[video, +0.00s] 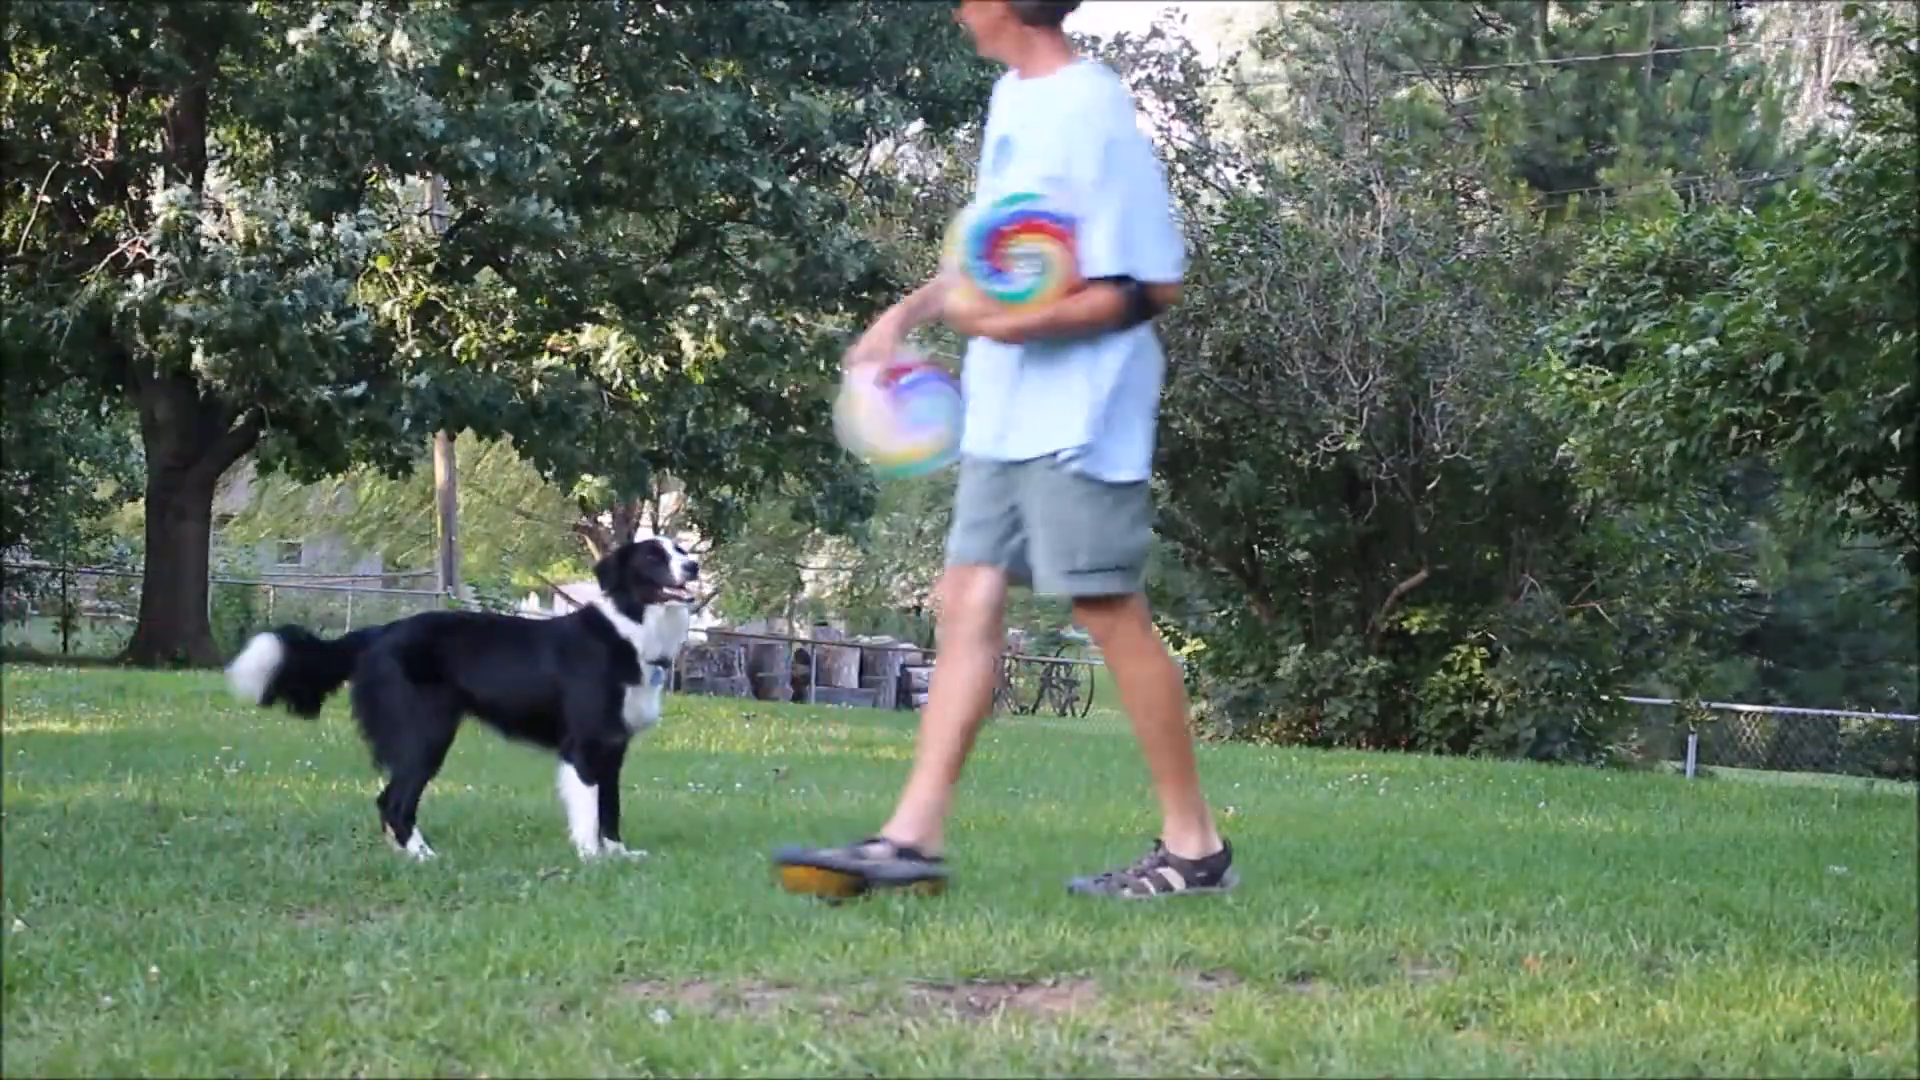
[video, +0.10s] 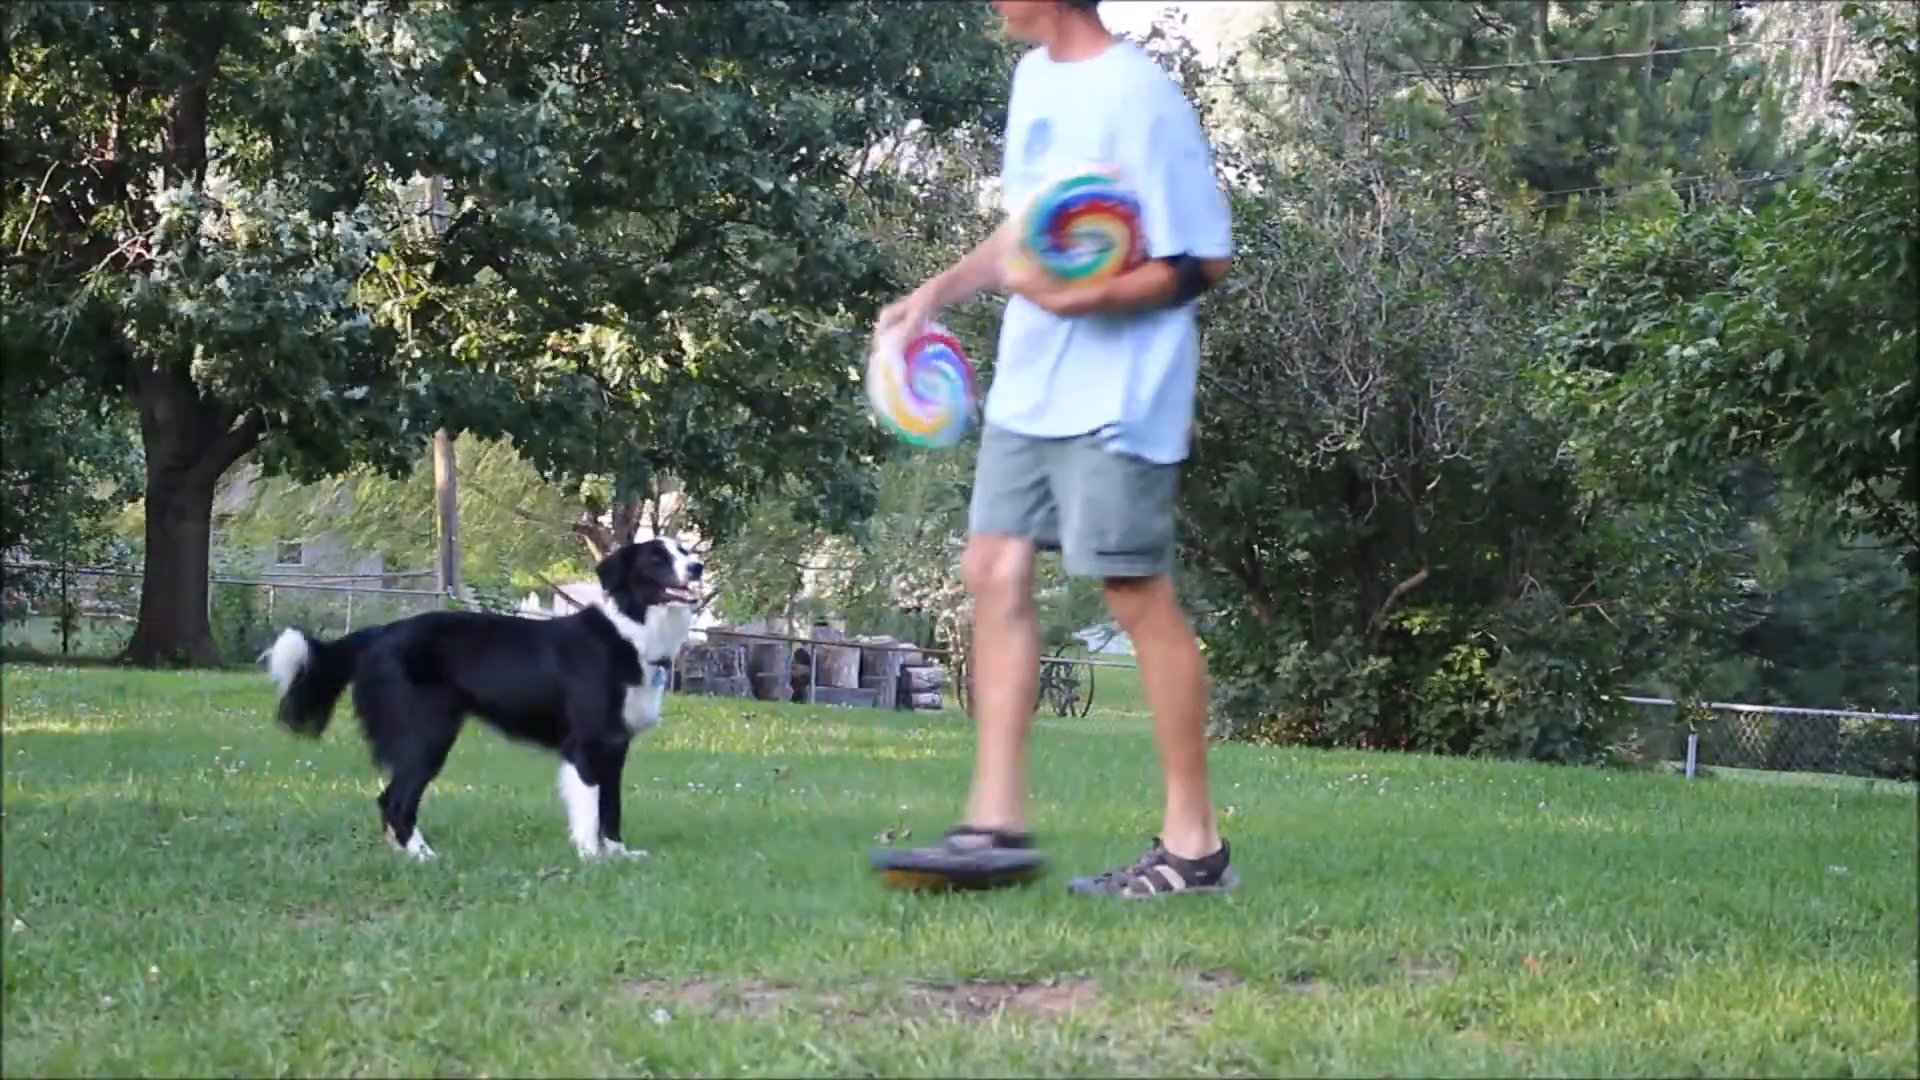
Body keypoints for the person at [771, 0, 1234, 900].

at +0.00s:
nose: (963, 15)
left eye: (971, 2)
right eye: (965, 4)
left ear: (1011, 9)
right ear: (1025, 12)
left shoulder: (1100, 114)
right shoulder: (1009, 104)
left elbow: (1142, 290)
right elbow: (993, 255)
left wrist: (1003, 324)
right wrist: (901, 316)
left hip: (1085, 421)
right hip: (1003, 415)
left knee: (1111, 614)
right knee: (967, 605)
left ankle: (1195, 846)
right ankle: (911, 840)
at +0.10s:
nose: (996, 5)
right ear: (1053, 1)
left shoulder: (1147, 97)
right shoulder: (1032, 80)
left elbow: (1202, 259)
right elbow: (1029, 232)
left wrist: (1076, 293)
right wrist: (934, 294)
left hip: (1123, 397)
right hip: (1027, 388)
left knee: (1138, 593)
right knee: (994, 572)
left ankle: (1194, 844)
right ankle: (997, 825)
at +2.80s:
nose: (1115, 133)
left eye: (1118, 112)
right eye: (1112, 116)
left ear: (1157, 102)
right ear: (1166, 101)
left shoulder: (1237, 174)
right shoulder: (1241, 167)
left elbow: (1331, 288)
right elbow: (1339, 289)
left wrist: (1240, 361)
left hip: (1353, 401)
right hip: (1341, 397)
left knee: (1263, 601)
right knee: (1249, 598)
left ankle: (1336, 844)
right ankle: (1279, 825)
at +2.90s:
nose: (1118, 131)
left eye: (1121, 111)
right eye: (1115, 114)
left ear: (1162, 100)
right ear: (1167, 99)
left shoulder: (1242, 171)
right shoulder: (1227, 175)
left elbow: (1340, 286)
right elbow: (1316, 288)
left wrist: (1246, 362)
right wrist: (1240, 341)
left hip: (1355, 405)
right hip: (1324, 403)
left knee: (1262, 603)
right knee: (1230, 590)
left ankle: (1337, 845)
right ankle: (1282, 819)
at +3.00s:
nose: (1122, 129)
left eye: (1127, 109)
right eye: (1119, 112)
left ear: (1170, 100)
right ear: (1172, 101)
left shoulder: (1252, 170)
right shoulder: (1230, 185)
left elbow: (1354, 288)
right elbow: (1313, 333)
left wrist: (1252, 363)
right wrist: (1241, 433)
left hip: (1355, 415)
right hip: (1324, 416)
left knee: (1259, 605)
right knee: (1229, 599)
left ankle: (1335, 844)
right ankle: (1285, 830)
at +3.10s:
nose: (1129, 130)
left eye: (1135, 110)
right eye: (1127, 113)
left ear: (1179, 101)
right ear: (1184, 104)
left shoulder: (1264, 171)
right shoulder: (1235, 191)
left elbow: (1366, 293)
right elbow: (1284, 346)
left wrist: (1260, 365)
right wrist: (1190, 408)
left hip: (1353, 420)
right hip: (1320, 420)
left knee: (1239, 604)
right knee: (1231, 606)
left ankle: (1332, 838)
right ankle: (1286, 830)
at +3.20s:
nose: (1139, 133)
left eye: (1146, 114)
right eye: (1137, 116)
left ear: (1192, 106)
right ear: (1197, 110)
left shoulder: (1278, 179)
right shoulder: (1239, 201)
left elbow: (1380, 304)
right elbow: (1267, 354)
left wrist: (1283, 368)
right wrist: (1157, 386)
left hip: (1356, 423)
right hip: (1319, 424)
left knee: (1230, 602)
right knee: (1220, 605)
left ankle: (1324, 834)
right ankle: (1282, 831)